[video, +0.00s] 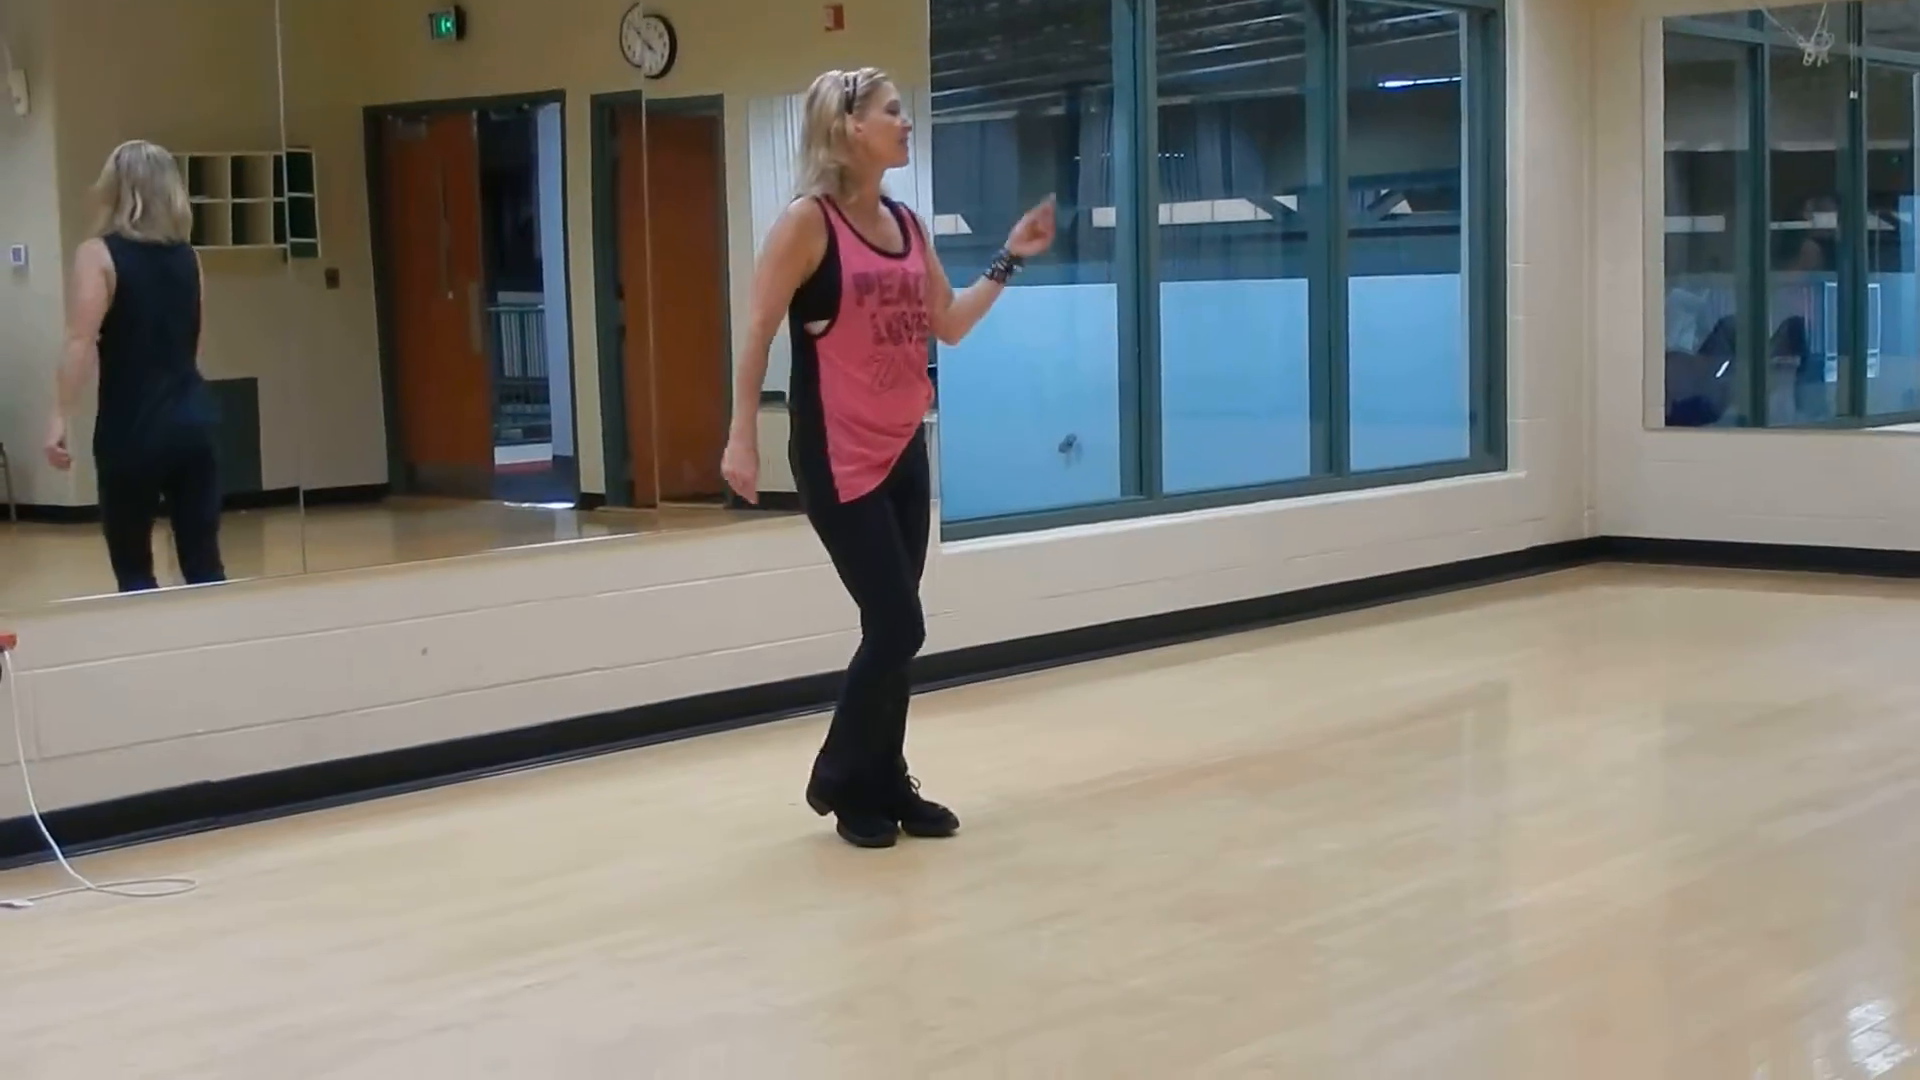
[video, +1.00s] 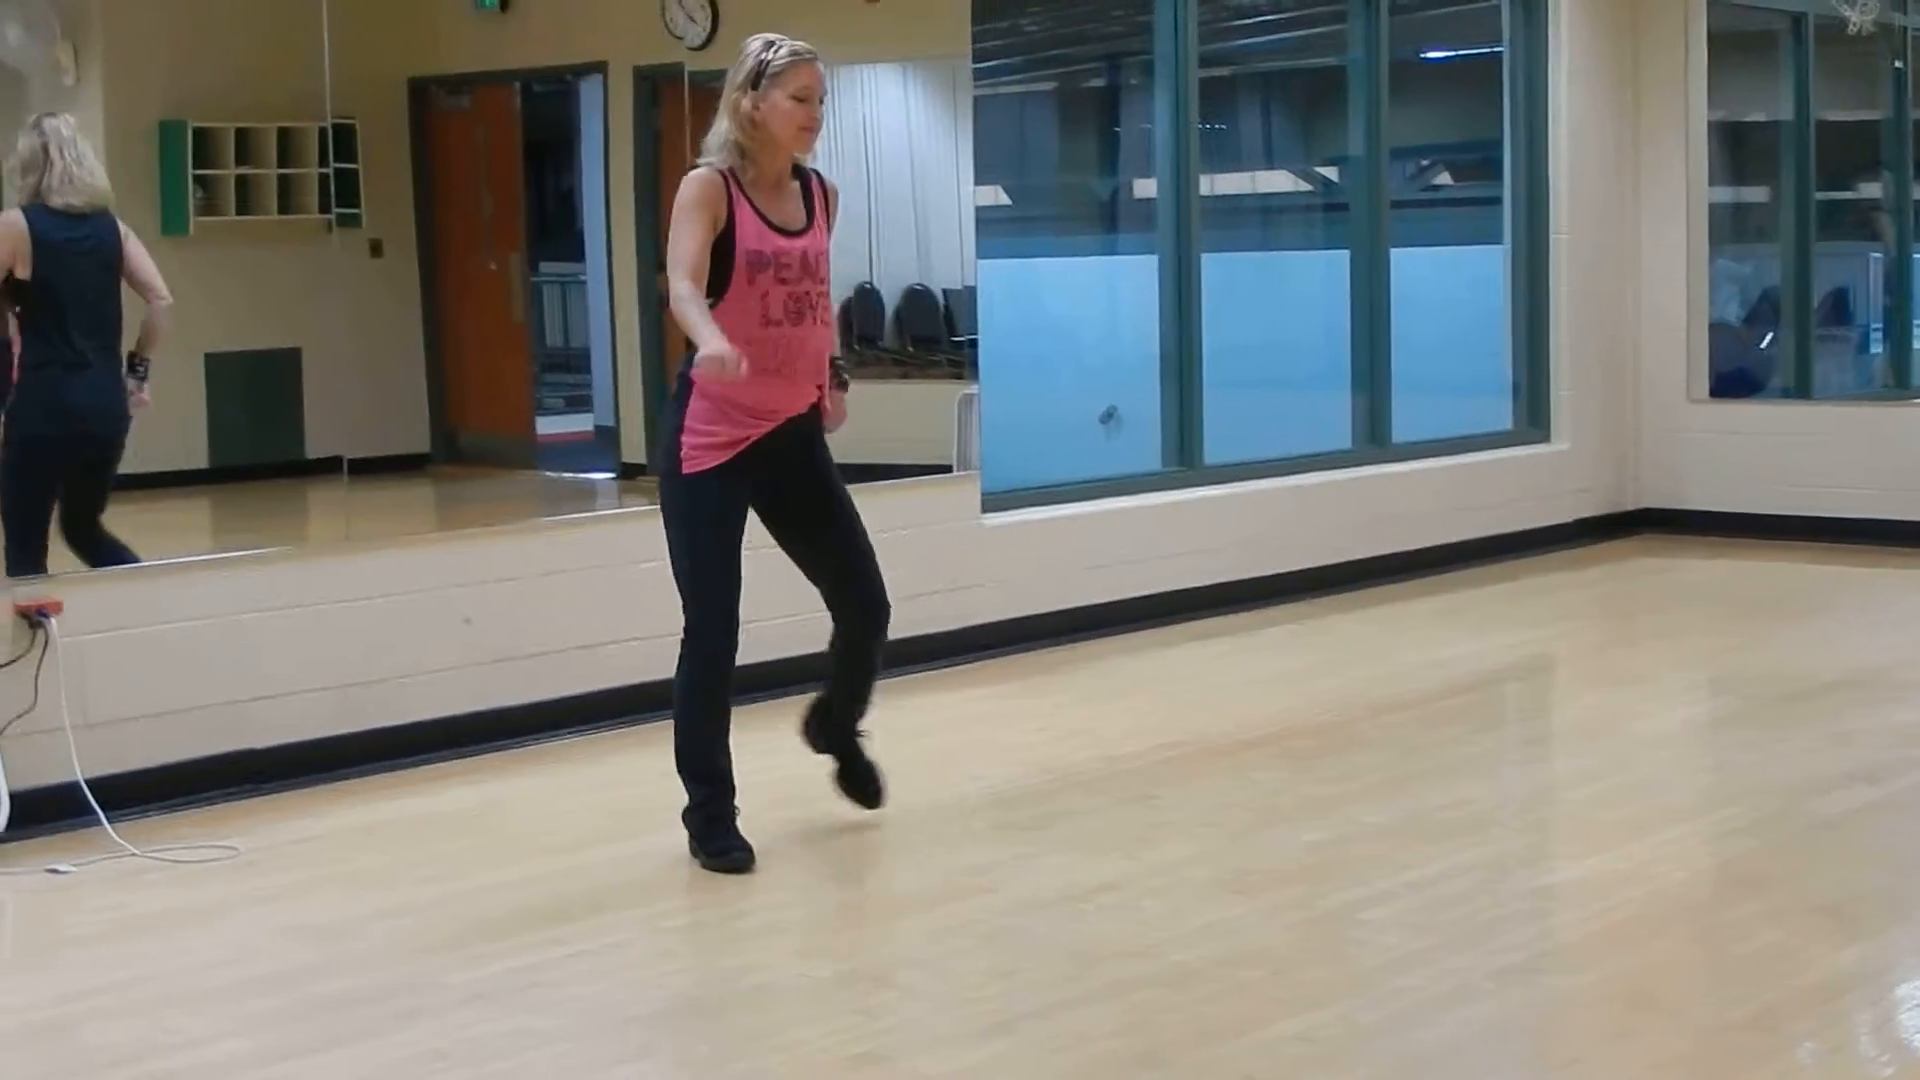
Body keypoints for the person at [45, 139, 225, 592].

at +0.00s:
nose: (100, 191)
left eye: (106, 183)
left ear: (114, 191)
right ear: (171, 193)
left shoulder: (98, 254)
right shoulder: (188, 257)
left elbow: (81, 341)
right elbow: (193, 344)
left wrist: (60, 415)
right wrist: (173, 397)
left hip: (128, 429)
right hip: (191, 423)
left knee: (133, 569)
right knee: (203, 561)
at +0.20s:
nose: (103, 175)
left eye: (109, 166)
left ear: (118, 172)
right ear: (175, 172)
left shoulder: (111, 235)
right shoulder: (193, 235)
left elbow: (110, 317)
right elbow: (198, 318)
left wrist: (101, 399)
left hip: (141, 410)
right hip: (201, 403)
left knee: (146, 552)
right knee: (202, 546)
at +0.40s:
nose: (100, 176)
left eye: (104, 167)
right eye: (103, 166)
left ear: (115, 173)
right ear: (166, 168)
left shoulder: (116, 234)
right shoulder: (188, 231)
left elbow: (130, 318)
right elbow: (193, 318)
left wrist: (103, 402)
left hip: (151, 409)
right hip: (206, 404)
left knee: (88, 529)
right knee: (202, 540)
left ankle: (130, 634)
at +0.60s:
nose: (78, 178)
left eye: (82, 169)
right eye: (79, 168)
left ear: (96, 170)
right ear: (141, 163)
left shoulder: (98, 227)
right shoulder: (168, 222)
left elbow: (91, 319)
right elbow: (185, 313)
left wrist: (25, 331)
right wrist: (195, 368)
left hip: (132, 405)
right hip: (189, 397)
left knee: (76, 542)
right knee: (212, 535)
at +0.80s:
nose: (41, 174)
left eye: (46, 164)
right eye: (44, 164)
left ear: (54, 168)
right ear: (108, 166)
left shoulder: (49, 226)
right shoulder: (130, 229)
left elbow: (8, 301)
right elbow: (172, 300)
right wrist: (183, 378)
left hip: (83, 409)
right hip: (140, 402)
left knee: (39, 543)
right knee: (171, 530)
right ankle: (235, 616)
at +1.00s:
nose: (15, 171)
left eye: (20, 162)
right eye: (18, 162)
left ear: (28, 165)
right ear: (84, 162)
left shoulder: (14, 227)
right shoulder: (111, 228)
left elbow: (7, 310)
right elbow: (160, 299)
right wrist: (139, 369)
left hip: (40, 405)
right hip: (106, 404)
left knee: (24, 542)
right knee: (82, 526)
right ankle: (155, 598)